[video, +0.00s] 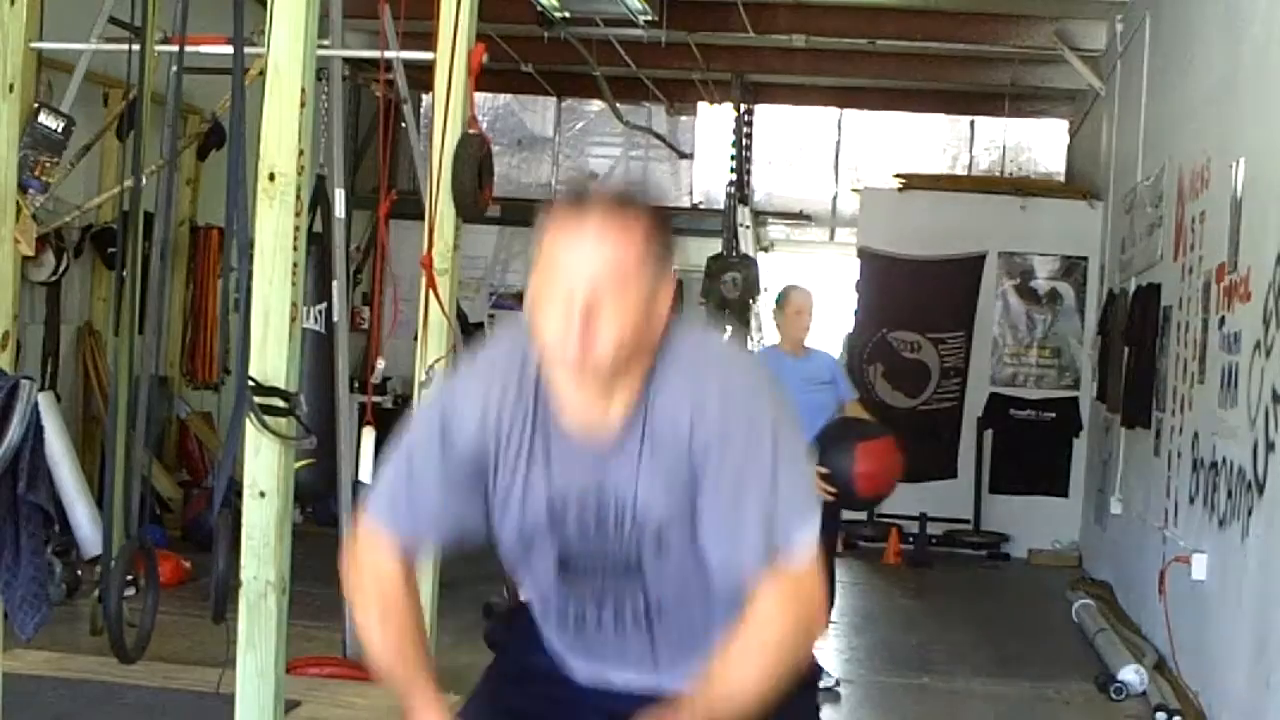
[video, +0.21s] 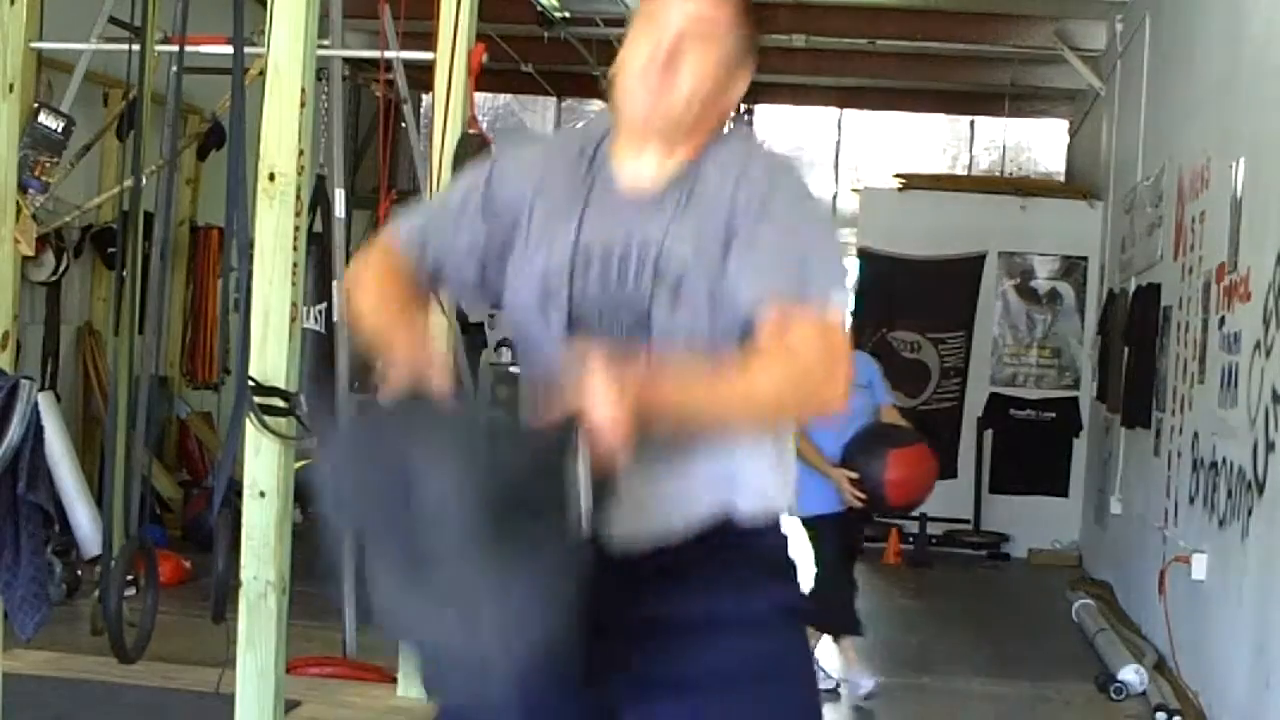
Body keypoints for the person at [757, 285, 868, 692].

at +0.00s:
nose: (805, 320)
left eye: (808, 313)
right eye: (797, 312)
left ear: (812, 317)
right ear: (778, 316)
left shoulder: (827, 365)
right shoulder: (759, 365)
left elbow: (854, 411)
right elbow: (753, 431)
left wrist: (873, 450)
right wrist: (797, 469)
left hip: (821, 477)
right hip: (773, 477)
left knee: (818, 566)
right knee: (777, 564)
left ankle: (806, 653)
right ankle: (777, 657)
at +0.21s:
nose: (841, 336)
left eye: (844, 327)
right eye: (832, 329)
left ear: (852, 329)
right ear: (817, 333)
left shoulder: (866, 366)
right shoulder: (804, 372)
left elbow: (889, 417)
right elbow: (795, 433)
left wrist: (914, 450)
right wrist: (830, 471)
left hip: (857, 491)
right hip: (814, 494)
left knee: (836, 577)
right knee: (836, 576)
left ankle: (806, 651)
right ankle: (851, 663)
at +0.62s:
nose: (907, 316)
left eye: (912, 308)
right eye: (897, 309)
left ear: (922, 315)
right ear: (878, 317)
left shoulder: (936, 369)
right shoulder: (864, 369)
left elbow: (956, 424)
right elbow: (859, 435)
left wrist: (975, 468)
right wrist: (901, 477)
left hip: (928, 499)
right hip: (875, 505)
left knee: (942, 583)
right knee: (880, 592)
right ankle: (873, 680)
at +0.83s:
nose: (949, 324)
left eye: (954, 316)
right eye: (938, 317)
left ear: (959, 322)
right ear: (916, 324)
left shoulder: (973, 376)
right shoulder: (901, 376)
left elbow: (1000, 434)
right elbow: (894, 446)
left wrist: (1022, 477)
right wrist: (934, 488)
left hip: (966, 510)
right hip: (913, 514)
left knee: (971, 594)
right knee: (908, 597)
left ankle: (978, 697)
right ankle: (879, 679)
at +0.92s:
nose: (968, 328)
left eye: (973, 320)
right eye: (958, 320)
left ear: (980, 324)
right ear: (937, 324)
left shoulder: (997, 375)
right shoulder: (917, 378)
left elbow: (1022, 434)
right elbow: (910, 448)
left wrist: (1046, 479)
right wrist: (949, 492)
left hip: (985, 513)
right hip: (930, 516)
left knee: (987, 600)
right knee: (938, 600)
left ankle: (981, 699)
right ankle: (900, 667)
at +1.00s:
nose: (979, 329)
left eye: (985, 322)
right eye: (970, 322)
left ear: (991, 325)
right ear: (949, 325)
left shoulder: (1008, 374)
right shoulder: (927, 377)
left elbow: (1035, 433)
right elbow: (919, 447)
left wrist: (1053, 478)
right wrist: (953, 492)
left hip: (996, 514)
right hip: (941, 513)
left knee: (992, 603)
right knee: (950, 603)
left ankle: (981, 698)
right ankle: (925, 675)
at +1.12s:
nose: (997, 334)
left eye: (1004, 326)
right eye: (988, 325)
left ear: (1011, 328)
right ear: (968, 326)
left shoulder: (1031, 377)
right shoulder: (942, 380)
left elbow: (1057, 436)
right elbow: (932, 451)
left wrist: (1076, 478)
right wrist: (962, 497)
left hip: (1016, 513)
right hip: (959, 511)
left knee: (1005, 599)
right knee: (977, 596)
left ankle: (982, 696)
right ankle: (982, 700)